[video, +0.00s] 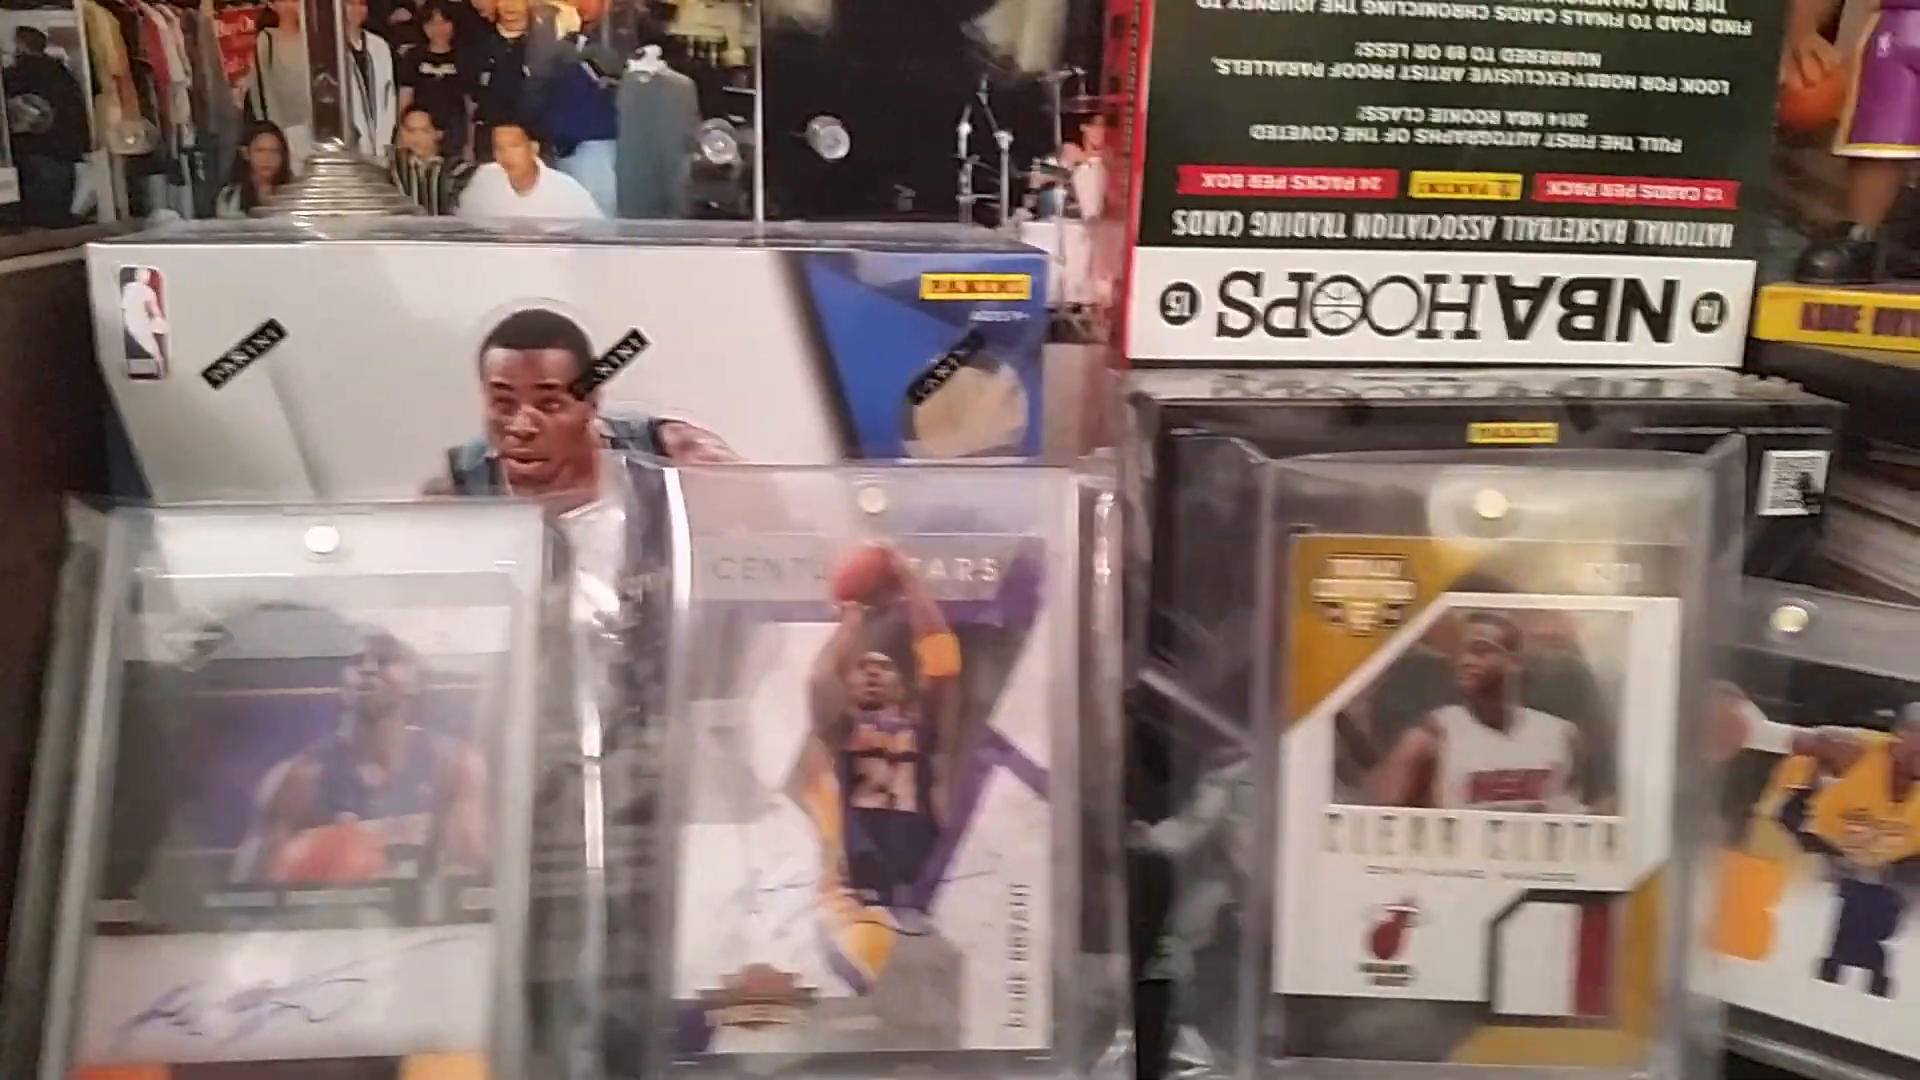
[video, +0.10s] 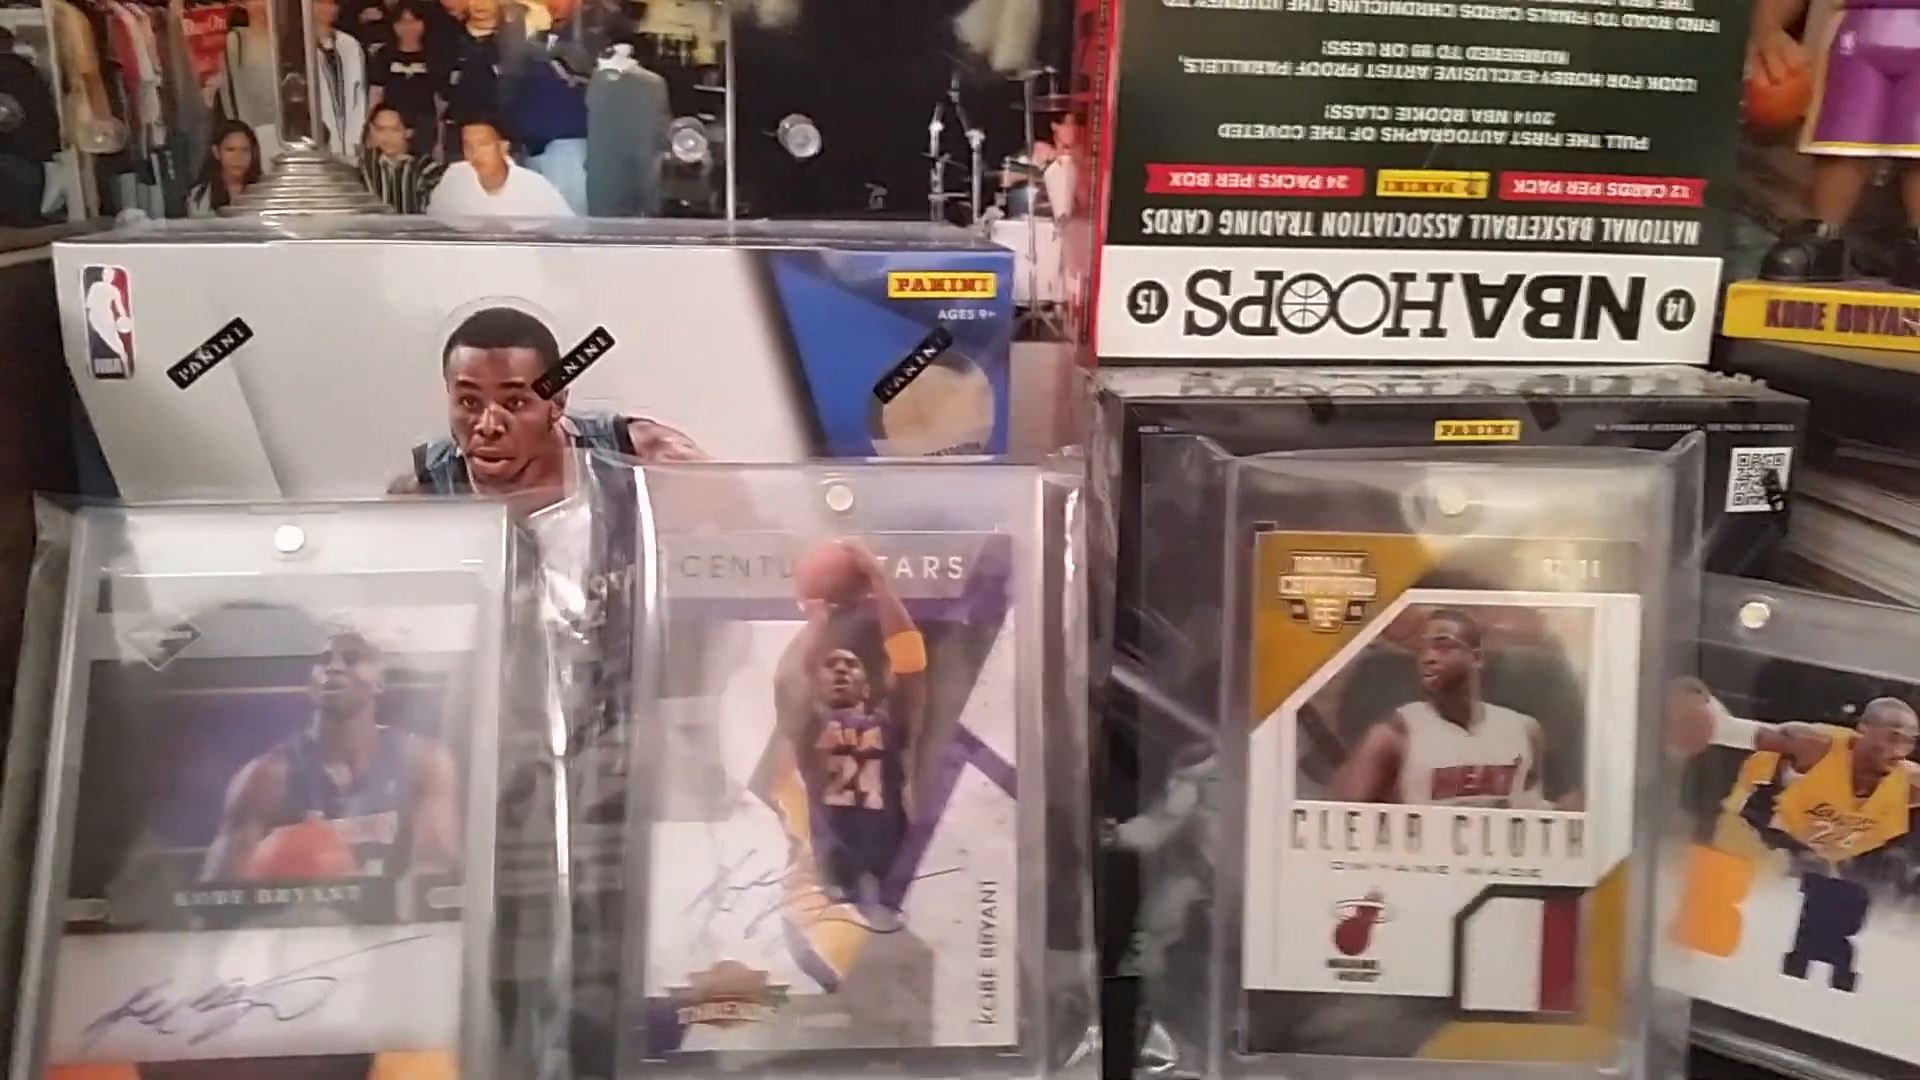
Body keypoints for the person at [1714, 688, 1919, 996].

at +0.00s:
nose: (1912, 750)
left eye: (1916, 743)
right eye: (1909, 740)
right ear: (1898, 735)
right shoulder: (1860, 754)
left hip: (1882, 858)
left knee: (1885, 905)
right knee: (1858, 900)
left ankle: (1876, 967)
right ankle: (1835, 963)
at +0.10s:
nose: (1901, 751)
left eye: (1909, 742)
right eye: (1892, 738)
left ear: (1913, 746)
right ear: (1862, 731)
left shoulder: (1910, 782)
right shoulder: (1817, 746)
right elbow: (1725, 729)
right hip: (1754, 821)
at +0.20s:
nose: (1881, 750)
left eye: (1889, 741)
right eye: (1874, 736)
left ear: (1895, 744)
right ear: (1846, 730)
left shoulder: (1898, 782)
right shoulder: (1797, 742)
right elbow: (1708, 726)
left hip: (1794, 847)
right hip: (1736, 821)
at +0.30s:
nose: (1880, 750)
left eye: (1888, 741)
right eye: (1872, 736)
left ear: (1894, 744)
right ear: (1843, 730)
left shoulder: (1896, 783)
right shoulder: (1796, 742)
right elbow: (1704, 726)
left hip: (1792, 847)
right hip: (1735, 822)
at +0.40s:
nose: (1858, 746)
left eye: (1866, 739)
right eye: (1851, 733)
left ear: (1872, 743)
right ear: (1822, 726)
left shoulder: (1878, 780)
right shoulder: (1777, 741)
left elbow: (1917, 807)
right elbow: (1686, 725)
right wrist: (1656, 709)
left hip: (1778, 851)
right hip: (1718, 823)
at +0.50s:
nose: (1846, 744)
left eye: (1854, 736)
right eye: (1839, 731)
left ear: (1860, 738)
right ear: (1811, 725)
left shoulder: (1864, 777)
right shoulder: (1766, 739)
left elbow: (1913, 804)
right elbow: (1679, 722)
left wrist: (1911, 853)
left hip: (1763, 852)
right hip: (1709, 820)